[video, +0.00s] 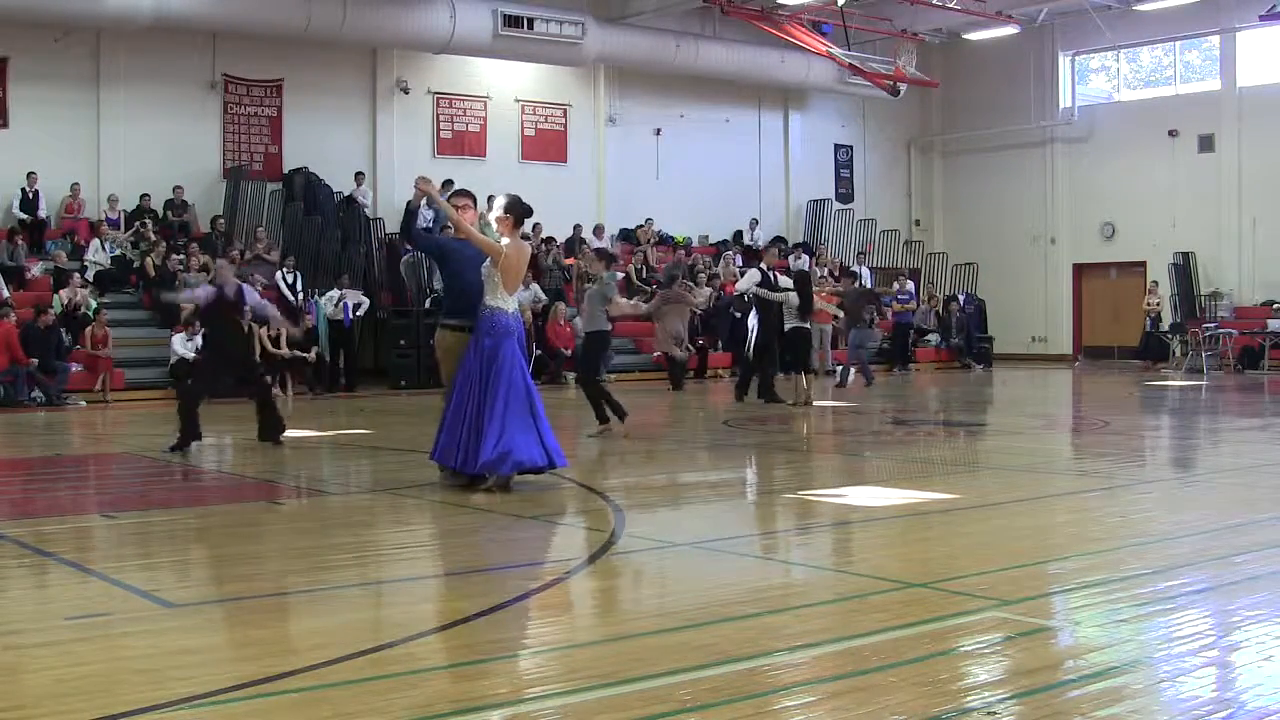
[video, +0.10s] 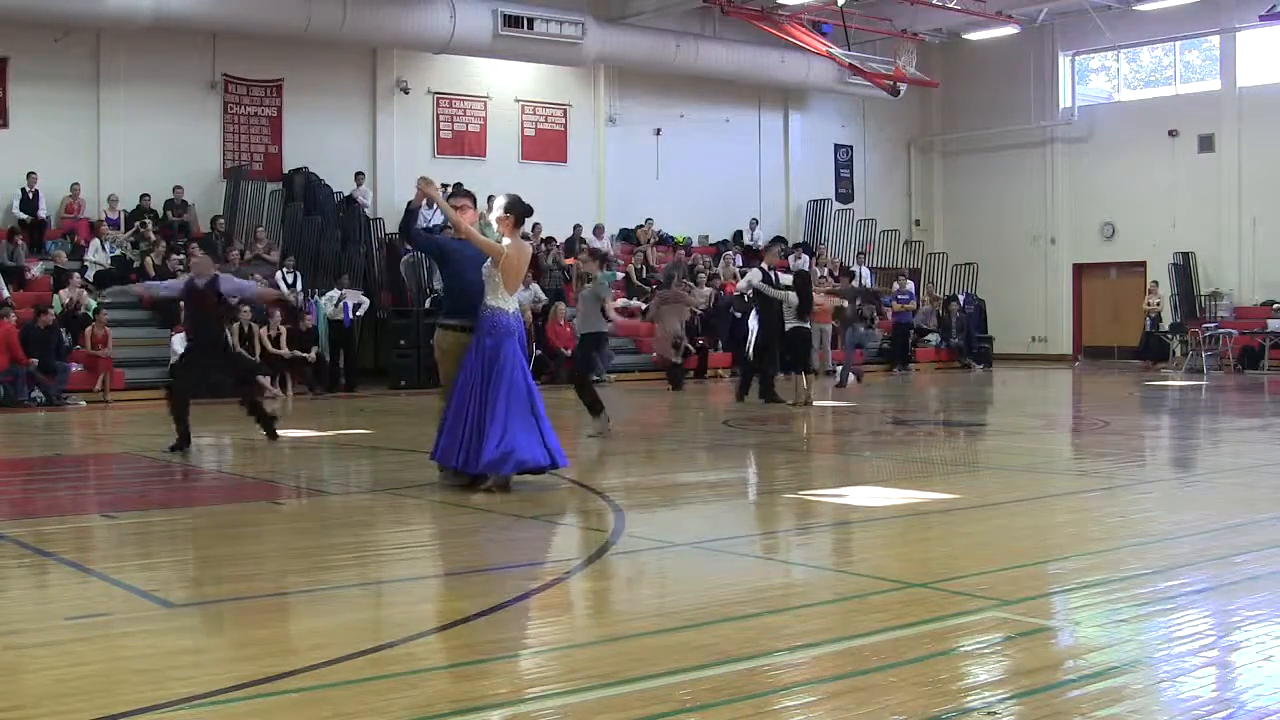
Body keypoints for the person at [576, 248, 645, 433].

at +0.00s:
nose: (591, 265)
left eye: (594, 262)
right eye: (591, 262)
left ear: (604, 263)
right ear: (600, 263)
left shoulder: (607, 282)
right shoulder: (599, 283)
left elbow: (617, 304)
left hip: (598, 333)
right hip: (592, 333)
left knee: (588, 378)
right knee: (585, 378)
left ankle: (621, 414)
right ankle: (603, 421)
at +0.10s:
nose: (583, 265)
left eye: (587, 261)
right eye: (583, 261)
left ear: (598, 263)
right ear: (592, 264)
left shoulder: (601, 284)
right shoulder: (589, 284)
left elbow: (608, 304)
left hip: (595, 332)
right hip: (586, 331)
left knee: (579, 376)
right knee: (578, 376)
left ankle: (600, 415)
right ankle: (599, 416)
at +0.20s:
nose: (576, 265)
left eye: (579, 261)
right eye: (576, 261)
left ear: (588, 261)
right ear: (587, 261)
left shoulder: (594, 280)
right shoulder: (584, 282)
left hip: (589, 332)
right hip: (581, 332)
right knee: (582, 378)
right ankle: (603, 419)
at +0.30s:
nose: (566, 267)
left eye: (569, 262)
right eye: (564, 263)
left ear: (580, 263)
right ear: (568, 264)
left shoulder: (585, 284)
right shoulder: (573, 284)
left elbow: (581, 310)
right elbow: (562, 311)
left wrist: (577, 338)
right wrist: (550, 333)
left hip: (575, 338)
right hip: (568, 337)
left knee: (550, 374)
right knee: (583, 381)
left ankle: (547, 420)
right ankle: (603, 420)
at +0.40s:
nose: (555, 267)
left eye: (559, 262)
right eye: (555, 263)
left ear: (568, 264)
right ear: (566, 265)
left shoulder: (569, 286)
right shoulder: (563, 285)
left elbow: (561, 311)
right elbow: (548, 305)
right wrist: (535, 319)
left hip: (563, 335)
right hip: (562, 334)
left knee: (544, 380)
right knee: (576, 378)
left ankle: (543, 423)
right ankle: (598, 417)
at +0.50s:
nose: (542, 263)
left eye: (545, 259)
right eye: (542, 259)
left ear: (555, 259)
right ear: (554, 260)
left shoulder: (557, 281)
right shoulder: (551, 280)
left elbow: (542, 305)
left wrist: (527, 322)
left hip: (553, 330)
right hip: (544, 330)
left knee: (553, 379)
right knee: (539, 378)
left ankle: (581, 413)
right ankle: (542, 417)